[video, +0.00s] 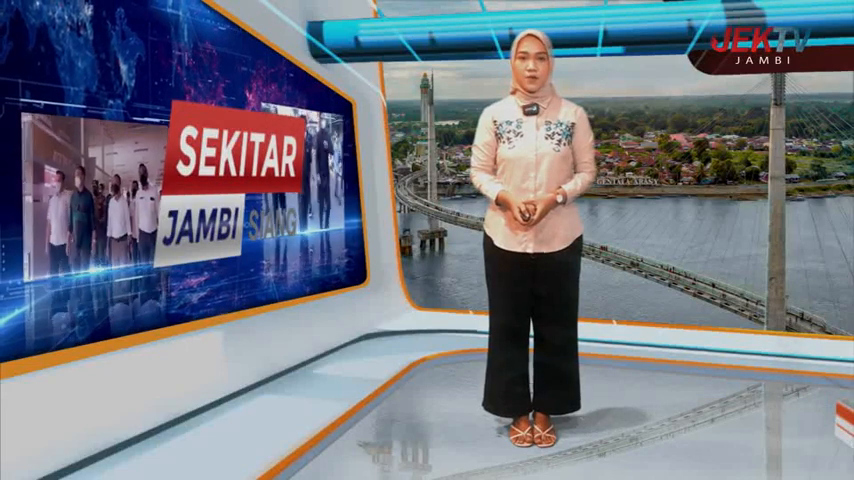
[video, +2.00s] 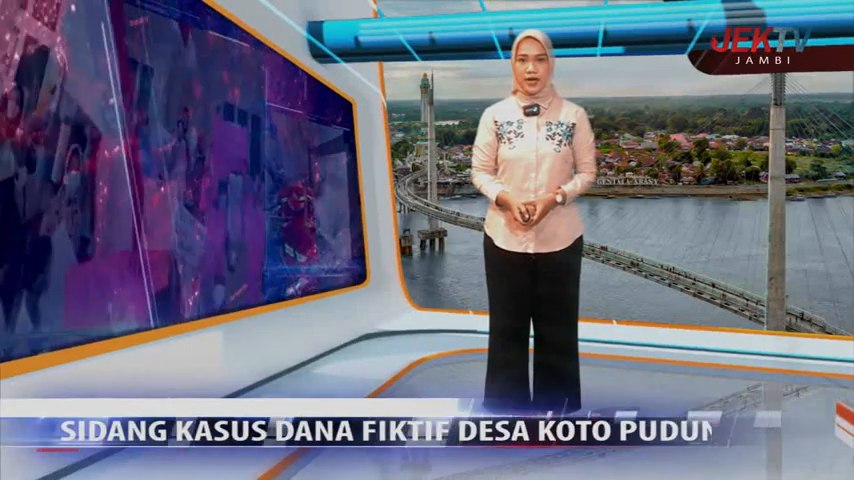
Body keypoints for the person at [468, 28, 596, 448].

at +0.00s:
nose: (532, 65)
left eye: (540, 58)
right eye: (523, 57)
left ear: (551, 64)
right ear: (512, 63)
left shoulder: (573, 115)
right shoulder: (493, 115)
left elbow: (587, 172)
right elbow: (479, 171)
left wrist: (555, 198)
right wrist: (506, 198)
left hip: (558, 241)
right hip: (505, 241)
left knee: (554, 328)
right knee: (510, 328)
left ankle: (543, 413)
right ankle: (519, 414)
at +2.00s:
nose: (531, 67)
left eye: (540, 59)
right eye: (523, 59)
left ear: (552, 65)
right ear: (513, 65)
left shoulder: (573, 116)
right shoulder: (494, 116)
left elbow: (587, 173)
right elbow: (480, 171)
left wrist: (553, 198)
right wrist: (507, 200)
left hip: (558, 243)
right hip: (506, 244)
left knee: (558, 338)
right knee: (507, 336)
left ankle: (558, 422)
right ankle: (506, 423)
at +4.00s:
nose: (531, 67)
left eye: (539, 59)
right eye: (523, 59)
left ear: (551, 64)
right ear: (513, 65)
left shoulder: (573, 116)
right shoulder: (494, 116)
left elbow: (587, 174)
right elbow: (480, 172)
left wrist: (553, 199)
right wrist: (508, 201)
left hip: (559, 243)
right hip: (506, 244)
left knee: (558, 339)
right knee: (507, 337)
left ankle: (558, 423)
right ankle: (506, 423)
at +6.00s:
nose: (531, 67)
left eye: (539, 59)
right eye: (523, 60)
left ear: (551, 65)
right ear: (512, 66)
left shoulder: (573, 116)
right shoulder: (494, 116)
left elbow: (591, 171)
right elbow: (480, 171)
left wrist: (561, 194)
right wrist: (507, 197)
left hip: (559, 243)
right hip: (506, 244)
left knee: (558, 337)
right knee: (507, 336)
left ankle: (558, 422)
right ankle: (506, 423)